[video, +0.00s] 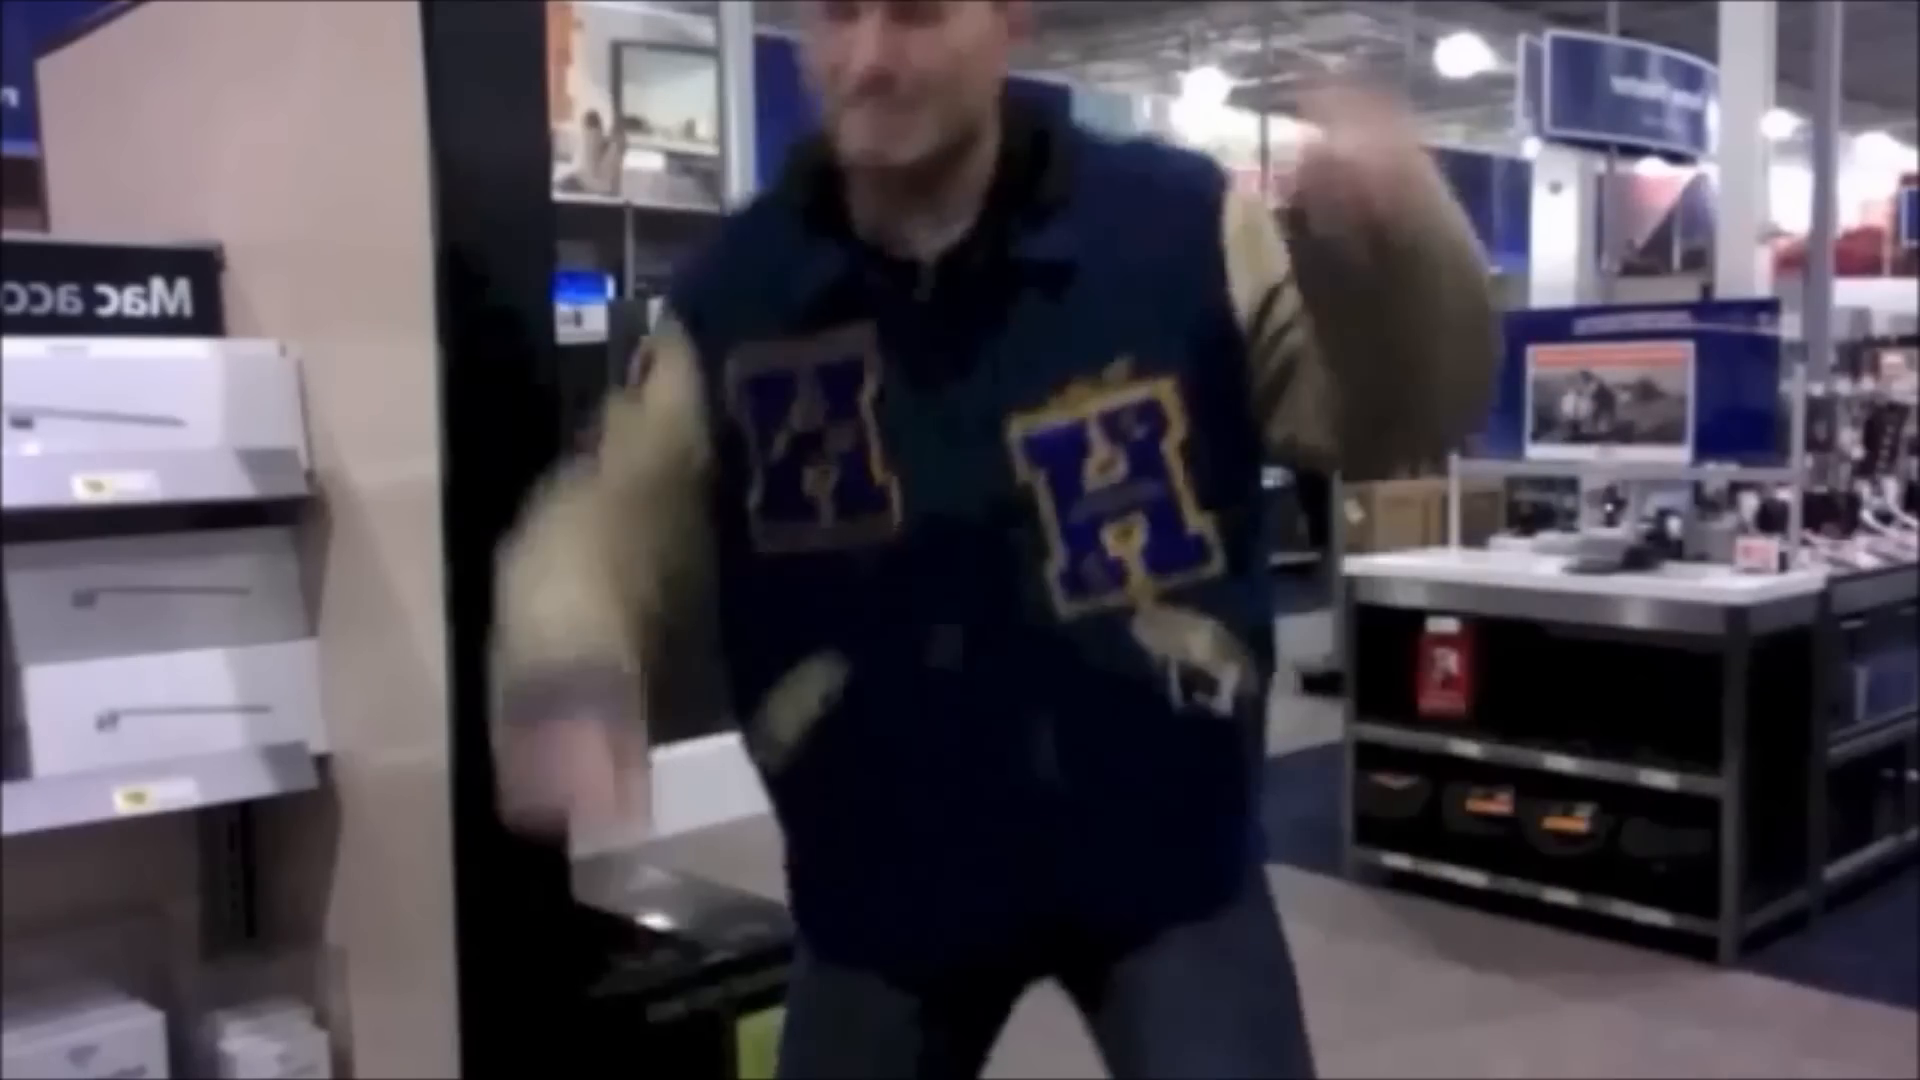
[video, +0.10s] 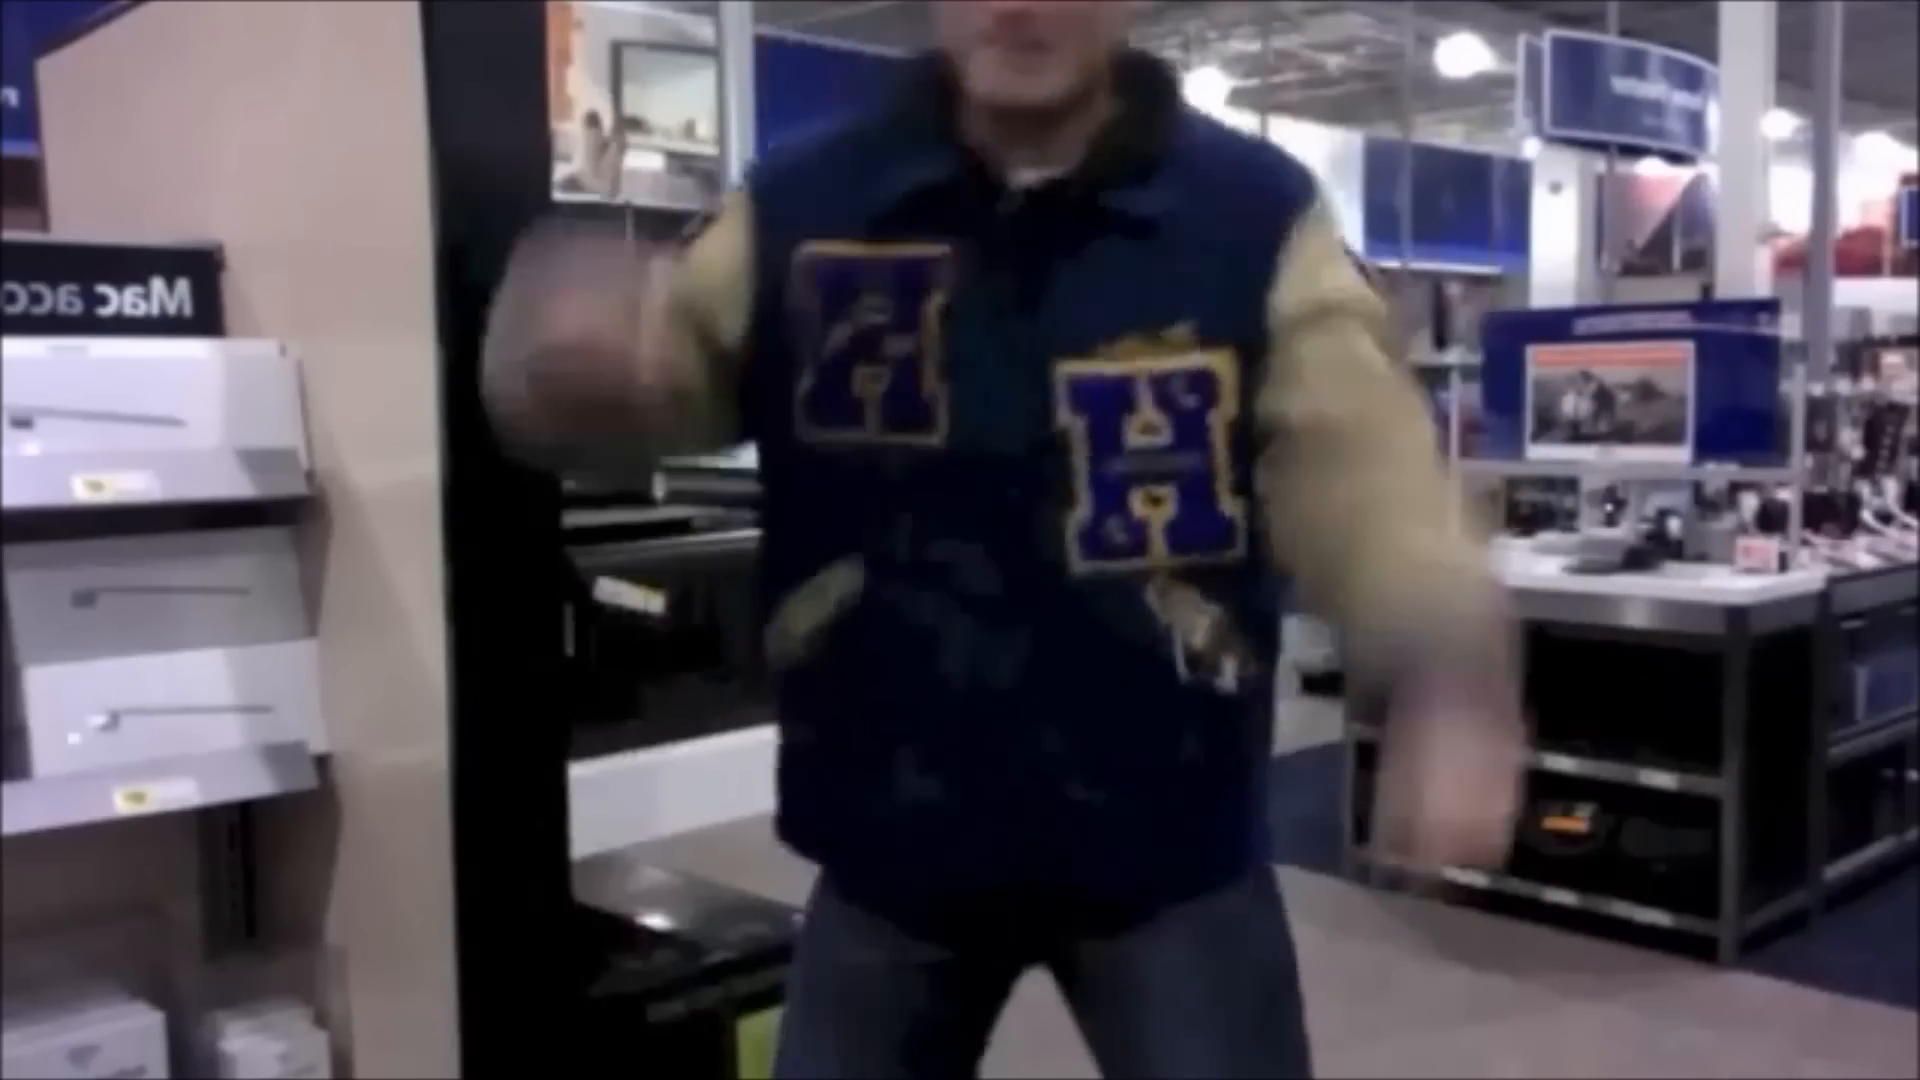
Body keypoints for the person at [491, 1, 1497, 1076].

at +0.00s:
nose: (871, 53)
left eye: (919, 12)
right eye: (841, 14)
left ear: (1009, 27)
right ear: (805, 39)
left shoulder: (1177, 220)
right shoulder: (743, 287)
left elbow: (1397, 422)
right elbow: (609, 518)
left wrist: (1394, 235)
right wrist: (566, 672)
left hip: (1158, 856)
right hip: (887, 877)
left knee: (1239, 1067)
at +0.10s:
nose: (1020, 11)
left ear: (1121, 10)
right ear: (937, 13)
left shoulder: (1244, 211)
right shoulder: (818, 198)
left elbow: (1362, 464)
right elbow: (667, 366)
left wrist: (1449, 674)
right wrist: (570, 367)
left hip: (1158, 838)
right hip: (897, 836)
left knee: (1232, 1064)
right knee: (830, 1060)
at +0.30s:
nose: (1100, 46)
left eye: (1147, 10)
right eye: (1072, 9)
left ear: (1236, 35)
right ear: (1037, 31)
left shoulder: (1337, 299)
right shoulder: (912, 258)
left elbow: (1417, 532)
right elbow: (707, 422)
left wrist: (1407, 682)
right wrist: (764, 236)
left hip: (1213, 892)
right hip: (947, 879)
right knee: (822, 1063)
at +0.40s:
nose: (1064, 19)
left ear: (1207, 19)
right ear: (1002, 15)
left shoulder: (1328, 250)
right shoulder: (896, 232)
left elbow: (1435, 520)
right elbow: (742, 490)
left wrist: (1432, 508)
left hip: (1214, 866)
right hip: (949, 857)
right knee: (823, 1068)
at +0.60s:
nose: (978, 100)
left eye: (1025, 54)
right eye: (949, 57)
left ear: (1125, 62)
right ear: (917, 73)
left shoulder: (1250, 296)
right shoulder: (854, 314)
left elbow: (1449, 452)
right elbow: (759, 616)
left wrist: (1372, 168)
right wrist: (753, 887)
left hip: (1190, 939)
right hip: (921, 940)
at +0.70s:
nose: (920, 100)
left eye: (963, 59)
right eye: (892, 64)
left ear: (1061, 78)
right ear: (863, 88)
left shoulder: (1192, 286)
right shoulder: (803, 321)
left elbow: (1405, 471)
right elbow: (690, 574)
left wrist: (1317, 214)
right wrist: (672, 800)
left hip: (1164, 906)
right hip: (899, 912)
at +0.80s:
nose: (858, 43)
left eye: (902, 6)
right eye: (831, 12)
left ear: (999, 26)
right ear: (802, 40)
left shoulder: (1143, 221)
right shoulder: (755, 270)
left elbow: (1281, 414)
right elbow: (615, 482)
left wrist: (1371, 512)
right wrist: (618, 499)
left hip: (1127, 845)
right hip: (872, 858)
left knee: (1208, 1060)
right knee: (806, 1065)